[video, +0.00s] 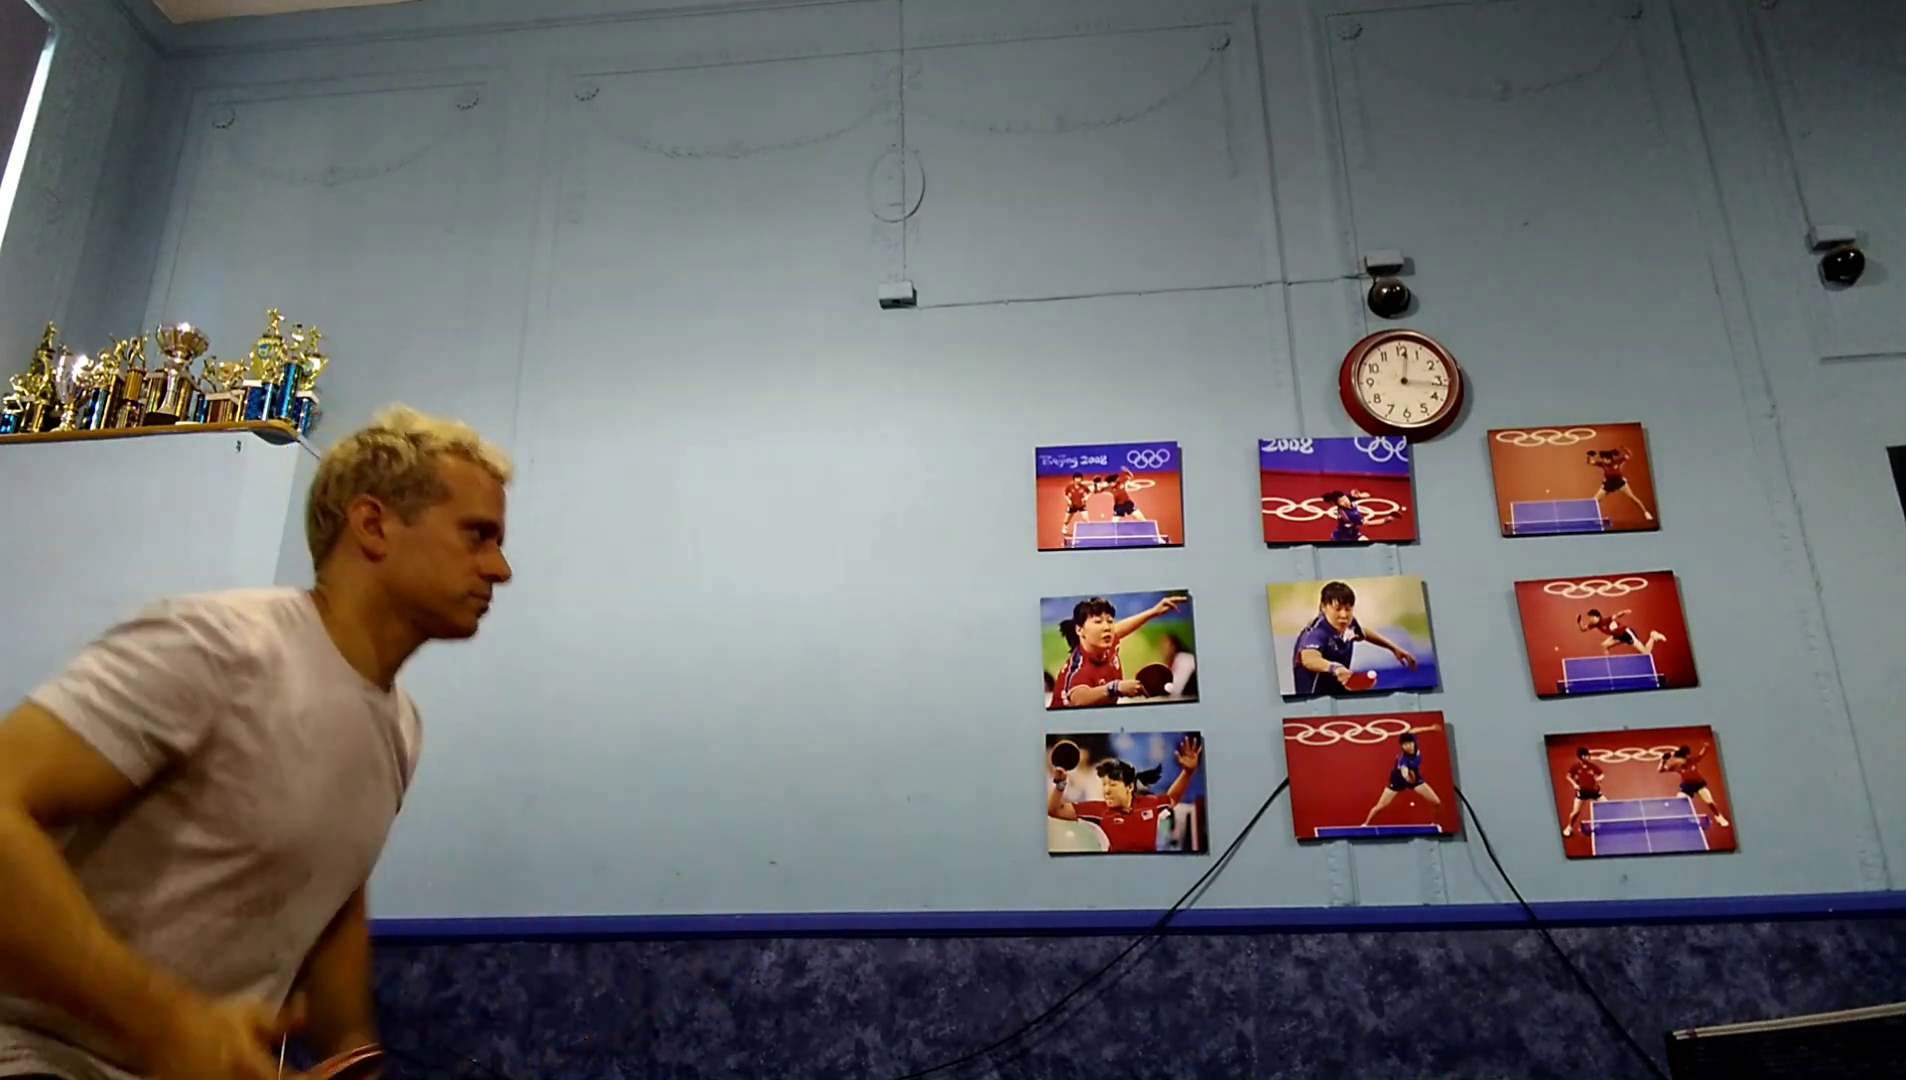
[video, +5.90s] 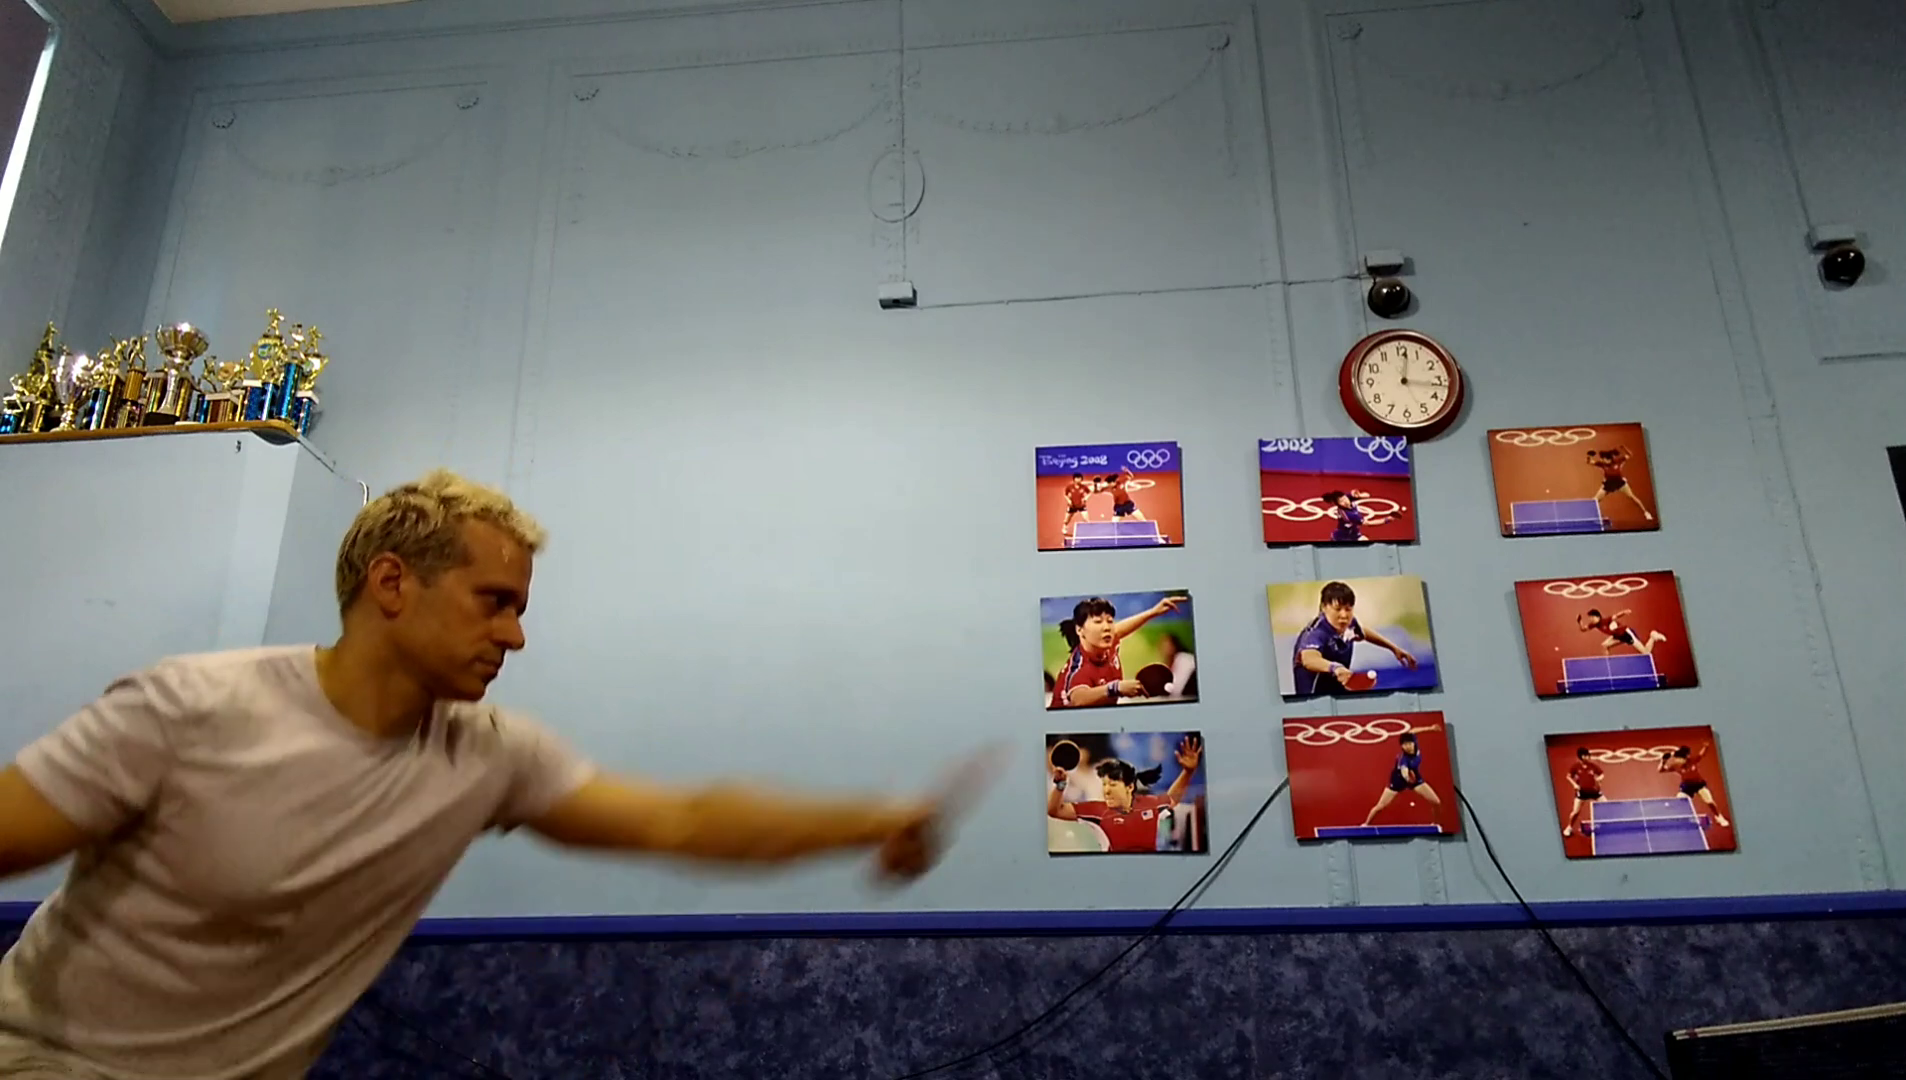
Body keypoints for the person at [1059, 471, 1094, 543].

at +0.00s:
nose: (1078, 480)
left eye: (1079, 479)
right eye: (1077, 479)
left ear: (1081, 479)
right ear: (1074, 479)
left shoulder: (1083, 487)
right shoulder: (1070, 487)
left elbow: (1090, 492)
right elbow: (1065, 494)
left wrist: (1085, 498)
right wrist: (1069, 501)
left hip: (1081, 505)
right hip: (1073, 505)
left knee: (1086, 519)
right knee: (1066, 520)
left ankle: (1090, 531)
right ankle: (1064, 529)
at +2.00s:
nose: (1078, 481)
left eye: (1079, 479)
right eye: (1077, 479)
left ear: (1081, 479)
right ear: (1074, 480)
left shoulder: (1083, 487)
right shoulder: (1070, 487)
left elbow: (1089, 492)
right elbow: (1065, 494)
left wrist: (1085, 498)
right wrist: (1068, 500)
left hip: (1081, 505)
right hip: (1072, 505)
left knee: (1086, 519)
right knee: (1066, 520)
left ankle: (1090, 530)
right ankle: (1064, 529)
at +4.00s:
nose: (1078, 481)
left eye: (1079, 479)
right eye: (1077, 479)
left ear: (1081, 479)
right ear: (1074, 480)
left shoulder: (1083, 487)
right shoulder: (1070, 487)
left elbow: (1089, 492)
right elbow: (1065, 494)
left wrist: (1085, 498)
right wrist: (1068, 500)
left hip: (1081, 505)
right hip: (1072, 505)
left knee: (1086, 519)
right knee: (1066, 520)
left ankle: (1090, 531)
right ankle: (1064, 528)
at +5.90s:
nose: (1078, 481)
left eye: (1079, 479)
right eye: (1077, 479)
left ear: (1081, 480)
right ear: (1074, 479)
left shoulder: (1083, 487)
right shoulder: (1070, 487)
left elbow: (1089, 492)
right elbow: (1065, 494)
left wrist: (1085, 498)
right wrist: (1068, 500)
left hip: (1081, 505)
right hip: (1072, 505)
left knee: (1086, 519)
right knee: (1066, 520)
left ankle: (1090, 531)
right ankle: (1064, 529)